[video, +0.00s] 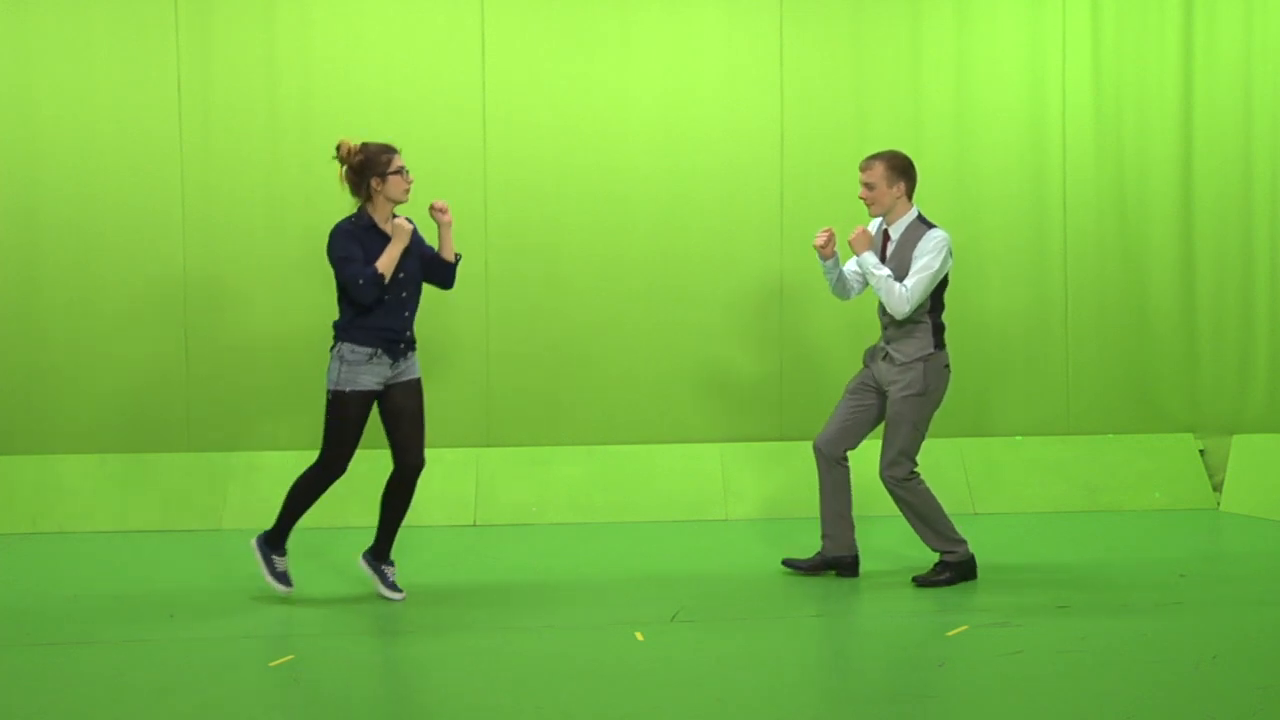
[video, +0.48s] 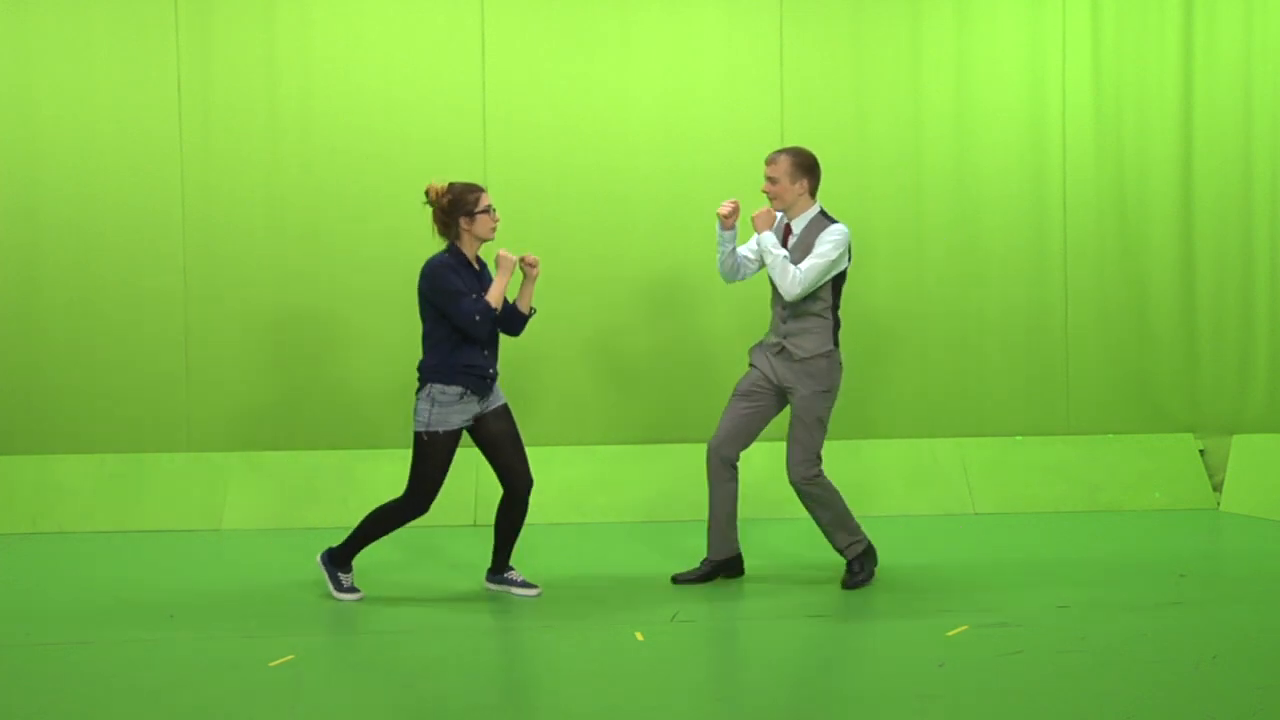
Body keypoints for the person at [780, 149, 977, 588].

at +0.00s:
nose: (862, 195)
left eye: (870, 187)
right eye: (861, 187)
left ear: (900, 189)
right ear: (886, 191)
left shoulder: (934, 241)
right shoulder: (877, 236)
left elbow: (901, 304)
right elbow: (845, 287)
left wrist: (867, 256)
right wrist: (830, 259)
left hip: (920, 365)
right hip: (882, 361)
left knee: (896, 469)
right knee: (829, 446)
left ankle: (957, 557)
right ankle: (839, 553)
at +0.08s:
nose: (855, 198)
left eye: (862, 190)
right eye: (854, 190)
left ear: (893, 193)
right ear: (882, 194)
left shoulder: (921, 248)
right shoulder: (868, 239)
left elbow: (881, 305)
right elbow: (833, 287)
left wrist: (851, 255)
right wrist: (818, 258)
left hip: (909, 370)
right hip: (871, 365)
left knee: (890, 475)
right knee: (808, 443)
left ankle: (957, 557)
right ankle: (805, 550)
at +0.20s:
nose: (834, 192)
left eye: (840, 184)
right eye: (833, 183)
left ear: (870, 187)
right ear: (860, 188)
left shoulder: (896, 242)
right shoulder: (844, 229)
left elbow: (848, 288)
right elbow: (803, 271)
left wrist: (822, 238)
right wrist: (791, 237)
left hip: (876, 368)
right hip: (836, 362)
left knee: (883, 473)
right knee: (776, 442)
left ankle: (954, 552)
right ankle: (739, 547)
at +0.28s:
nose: (811, 189)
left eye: (818, 181)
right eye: (811, 180)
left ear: (848, 184)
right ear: (838, 185)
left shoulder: (874, 237)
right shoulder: (821, 226)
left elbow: (828, 283)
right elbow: (778, 268)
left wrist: (802, 235)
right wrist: (770, 233)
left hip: (850, 364)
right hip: (809, 357)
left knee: (850, 473)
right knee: (758, 446)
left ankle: (922, 540)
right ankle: (731, 553)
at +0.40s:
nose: (779, 189)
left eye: (786, 181)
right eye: (779, 180)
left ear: (816, 185)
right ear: (807, 186)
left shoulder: (847, 237)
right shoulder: (791, 229)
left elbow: (804, 286)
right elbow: (750, 275)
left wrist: (775, 239)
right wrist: (741, 242)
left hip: (822, 367)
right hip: (780, 360)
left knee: (812, 472)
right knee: (729, 449)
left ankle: (872, 551)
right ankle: (727, 557)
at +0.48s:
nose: (766, 189)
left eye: (773, 182)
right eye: (765, 180)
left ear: (802, 186)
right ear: (784, 187)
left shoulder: (834, 236)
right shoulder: (773, 231)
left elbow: (794, 285)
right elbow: (731, 271)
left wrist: (767, 235)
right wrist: (727, 231)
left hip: (815, 366)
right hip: (771, 360)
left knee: (803, 472)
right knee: (721, 450)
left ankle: (859, 551)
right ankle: (724, 555)